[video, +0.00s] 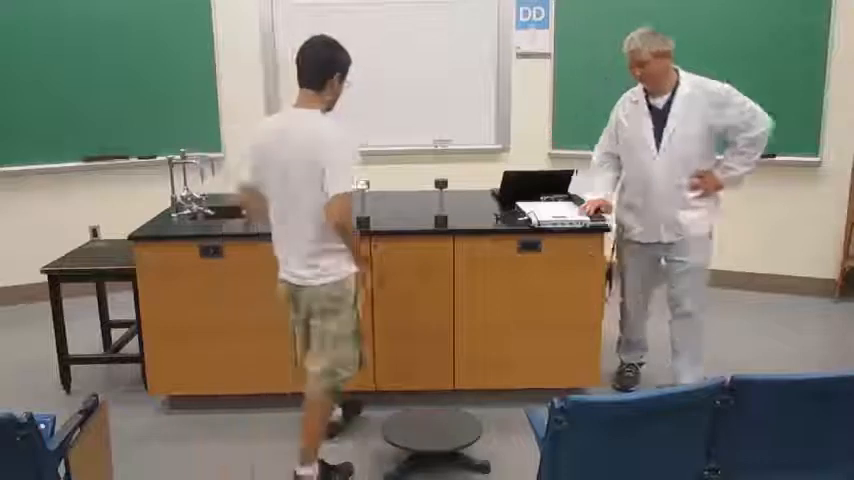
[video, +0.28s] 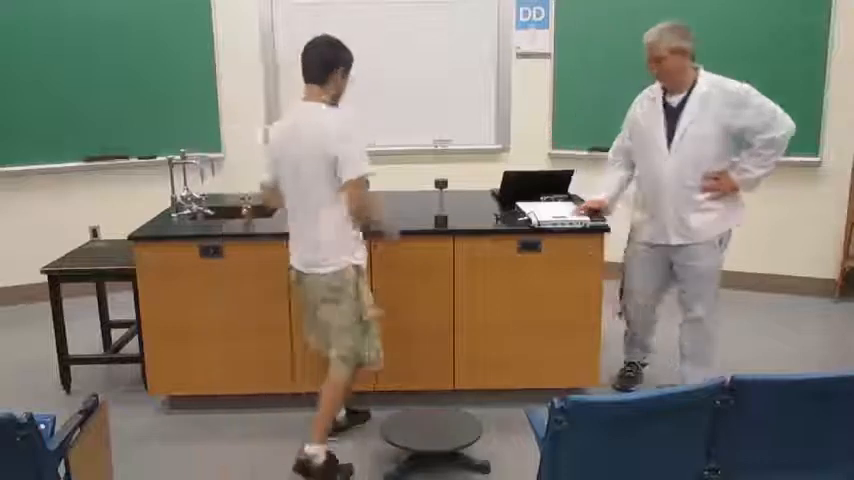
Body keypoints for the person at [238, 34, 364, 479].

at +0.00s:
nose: (343, 90)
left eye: (343, 82)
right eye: (344, 81)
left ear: (299, 76)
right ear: (334, 81)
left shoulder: (268, 129)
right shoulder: (332, 135)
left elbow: (247, 199)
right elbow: (338, 214)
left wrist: (286, 217)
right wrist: (355, 247)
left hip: (289, 270)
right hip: (329, 273)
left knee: (308, 352)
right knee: (323, 371)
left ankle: (329, 413)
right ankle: (308, 466)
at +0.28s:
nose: (347, 83)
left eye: (347, 75)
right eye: (347, 75)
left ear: (306, 74)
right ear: (336, 75)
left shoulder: (279, 129)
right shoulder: (339, 126)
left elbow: (273, 197)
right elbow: (356, 202)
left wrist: (317, 195)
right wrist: (375, 223)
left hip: (303, 258)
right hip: (338, 260)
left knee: (330, 341)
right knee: (344, 354)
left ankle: (339, 412)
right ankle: (314, 451)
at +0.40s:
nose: (364, 87)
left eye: (363, 81)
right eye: (363, 81)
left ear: (324, 81)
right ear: (351, 79)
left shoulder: (299, 121)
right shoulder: (358, 120)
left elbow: (289, 177)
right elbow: (390, 187)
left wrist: (332, 189)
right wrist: (419, 203)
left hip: (300, 249)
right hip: (336, 252)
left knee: (328, 338)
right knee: (343, 346)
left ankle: (335, 411)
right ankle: (315, 443)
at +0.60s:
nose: (377, 98)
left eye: (376, 91)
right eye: (376, 91)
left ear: (339, 88)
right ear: (364, 88)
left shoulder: (309, 122)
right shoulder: (368, 125)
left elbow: (301, 178)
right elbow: (403, 188)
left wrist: (351, 194)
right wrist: (430, 201)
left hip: (296, 246)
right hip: (330, 251)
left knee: (323, 340)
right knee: (326, 352)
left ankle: (333, 413)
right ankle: (313, 447)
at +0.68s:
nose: (377, 98)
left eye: (376, 91)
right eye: (376, 91)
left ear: (339, 88)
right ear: (364, 88)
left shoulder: (309, 122)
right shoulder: (368, 125)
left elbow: (301, 178)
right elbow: (403, 188)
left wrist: (351, 194)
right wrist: (430, 201)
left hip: (296, 246)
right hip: (330, 251)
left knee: (323, 341)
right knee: (327, 352)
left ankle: (333, 413)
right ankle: (313, 447)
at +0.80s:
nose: (378, 94)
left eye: (379, 86)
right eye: (377, 85)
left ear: (342, 79)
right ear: (359, 80)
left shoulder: (307, 118)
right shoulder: (363, 120)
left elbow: (302, 177)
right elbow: (395, 186)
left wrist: (357, 189)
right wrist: (421, 197)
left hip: (298, 245)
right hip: (329, 249)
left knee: (320, 341)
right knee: (325, 349)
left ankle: (333, 412)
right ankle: (313, 446)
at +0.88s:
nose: (378, 94)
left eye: (379, 86)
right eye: (377, 85)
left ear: (342, 79)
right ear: (359, 80)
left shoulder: (306, 118)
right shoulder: (363, 120)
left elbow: (302, 177)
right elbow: (395, 186)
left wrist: (357, 188)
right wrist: (421, 197)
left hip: (298, 245)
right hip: (329, 249)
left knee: (320, 341)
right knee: (325, 349)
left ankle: (332, 412)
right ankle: (313, 446)